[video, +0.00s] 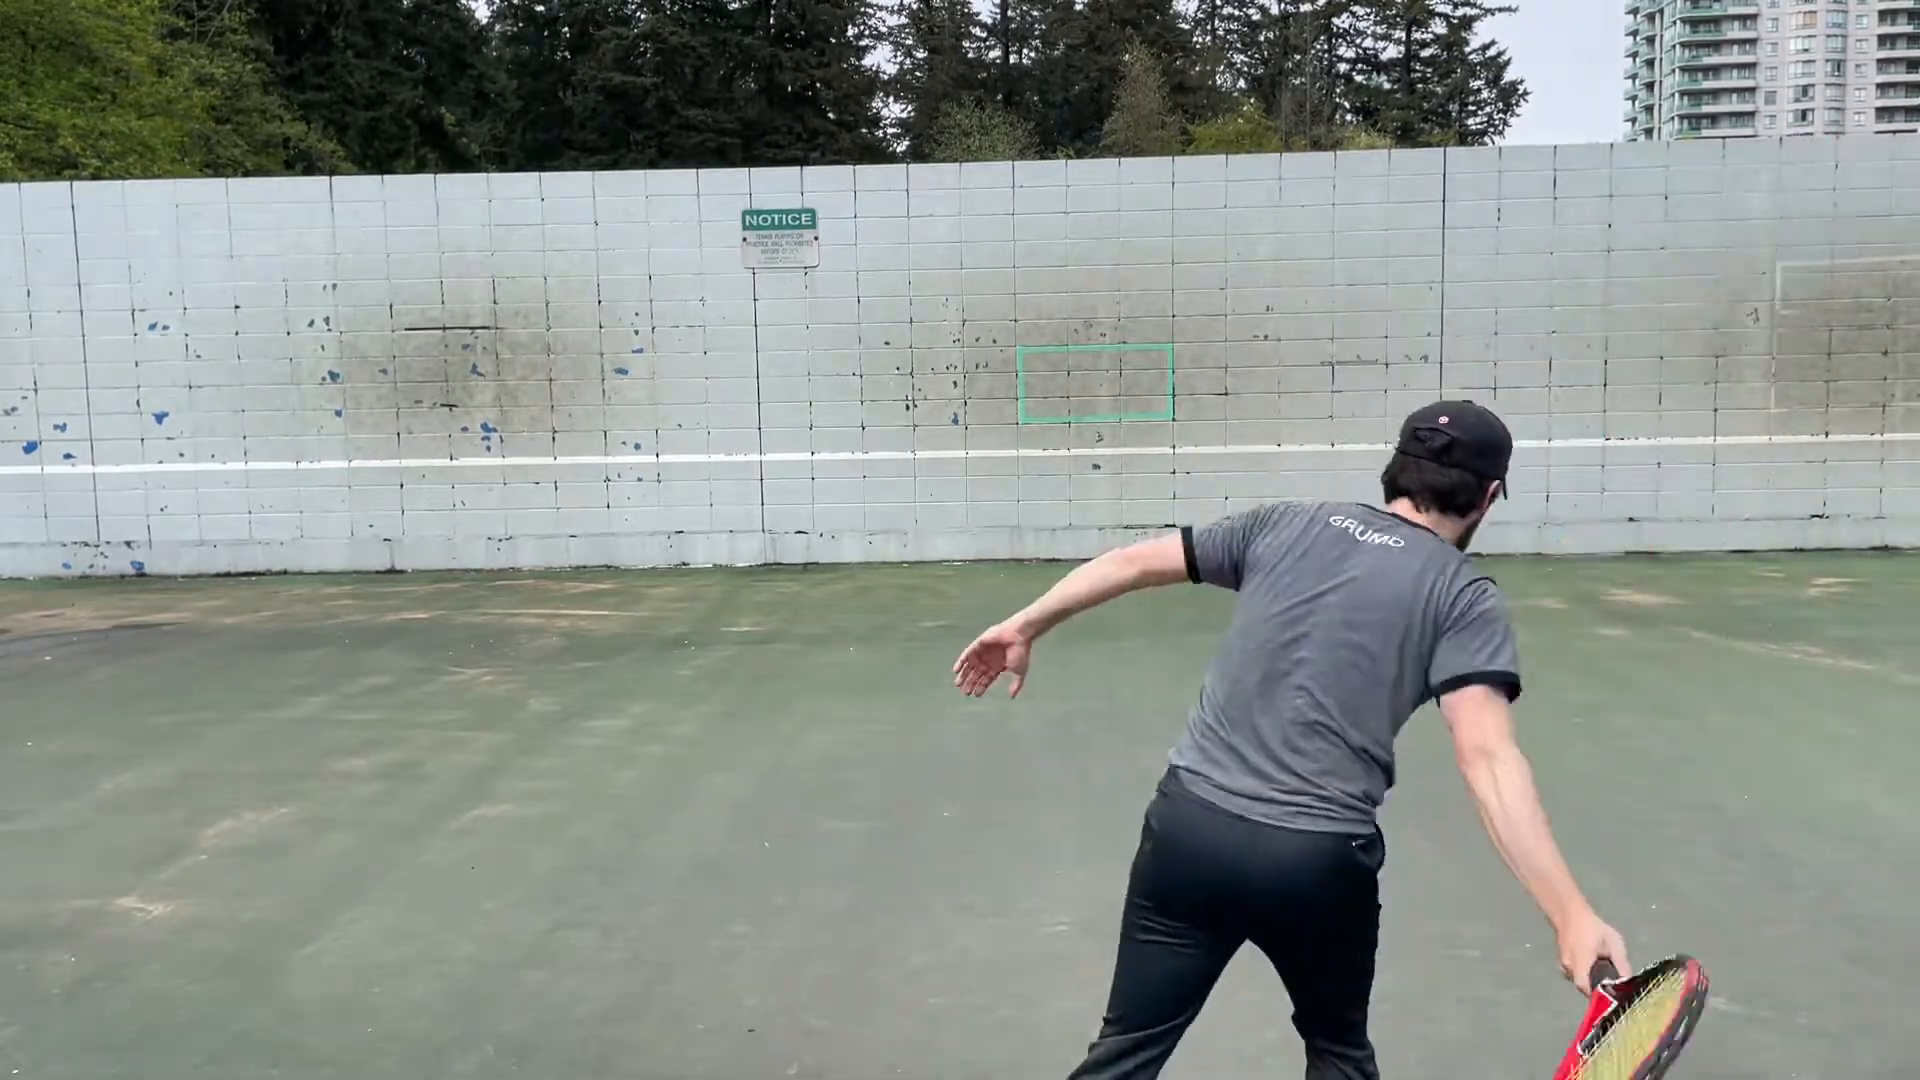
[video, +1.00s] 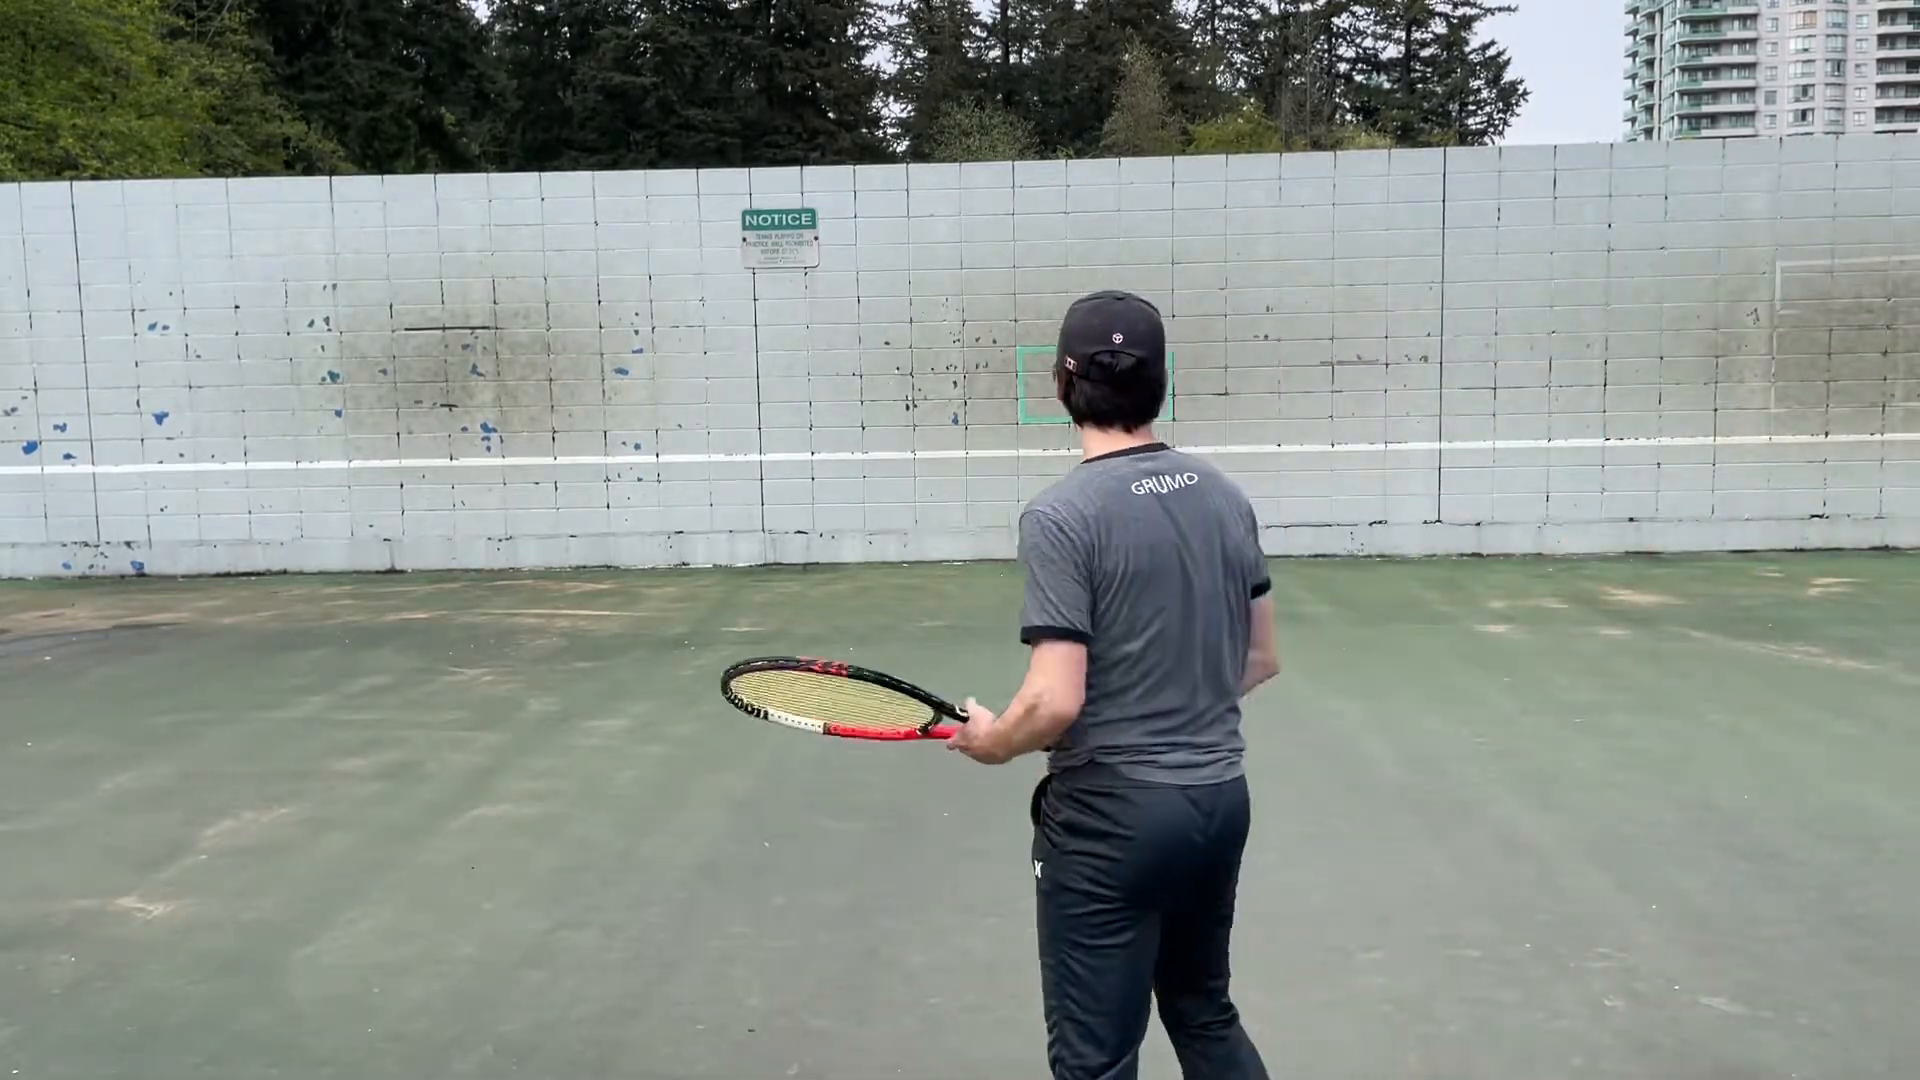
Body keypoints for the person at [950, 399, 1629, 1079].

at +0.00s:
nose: (1492, 509)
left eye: (1493, 493)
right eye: (1495, 496)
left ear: (1394, 472)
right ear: (1484, 500)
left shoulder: (1289, 525)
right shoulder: (1460, 591)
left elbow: (1136, 560)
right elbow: (1488, 758)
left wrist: (1024, 622)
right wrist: (1574, 918)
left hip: (1189, 830)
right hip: (1318, 863)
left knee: (1124, 1047)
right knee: (1339, 1047)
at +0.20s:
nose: (1457, 453)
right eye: (1458, 442)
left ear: (1356, 429)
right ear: (1449, 452)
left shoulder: (1295, 500)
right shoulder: (1452, 566)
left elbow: (1199, 605)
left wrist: (1093, 722)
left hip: (1235, 819)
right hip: (1356, 844)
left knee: (1144, 1019)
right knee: (1336, 1037)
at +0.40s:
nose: (1308, 361)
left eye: (1312, 352)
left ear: (1313, 365)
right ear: (1404, 387)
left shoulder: (1301, 474)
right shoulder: (1417, 489)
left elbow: (1298, 631)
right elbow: (1295, 512)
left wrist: (1225, 787)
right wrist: (1190, 451)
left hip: (1276, 788)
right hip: (1377, 798)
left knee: (1174, 1019)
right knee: (1334, 1027)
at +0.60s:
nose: (1245, 354)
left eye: (1248, 343)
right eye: (1258, 342)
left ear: (1253, 358)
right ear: (1349, 366)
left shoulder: (1275, 480)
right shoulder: (1371, 468)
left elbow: (1287, 654)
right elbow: (1217, 499)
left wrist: (1185, 773)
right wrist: (1093, 508)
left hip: (1262, 791)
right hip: (1361, 790)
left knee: (1163, 1020)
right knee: (1331, 1029)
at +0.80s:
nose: (1158, 364)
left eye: (1161, 353)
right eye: (1166, 351)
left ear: (1168, 370)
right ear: (1264, 374)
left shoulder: (1183, 502)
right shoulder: (1301, 482)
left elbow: (1211, 676)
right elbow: (1236, 614)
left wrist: (1111, 751)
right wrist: (1114, 668)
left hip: (1195, 811)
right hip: (1302, 800)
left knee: (1137, 1048)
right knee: (1303, 1037)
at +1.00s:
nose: (1058, 373)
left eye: (1061, 365)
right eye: (1064, 363)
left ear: (1066, 385)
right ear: (1158, 382)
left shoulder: (1064, 514)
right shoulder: (1221, 496)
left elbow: (1056, 699)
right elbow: (1259, 660)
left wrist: (997, 739)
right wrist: (1171, 694)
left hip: (1109, 817)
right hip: (1216, 805)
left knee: (1091, 1056)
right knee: (1204, 1013)